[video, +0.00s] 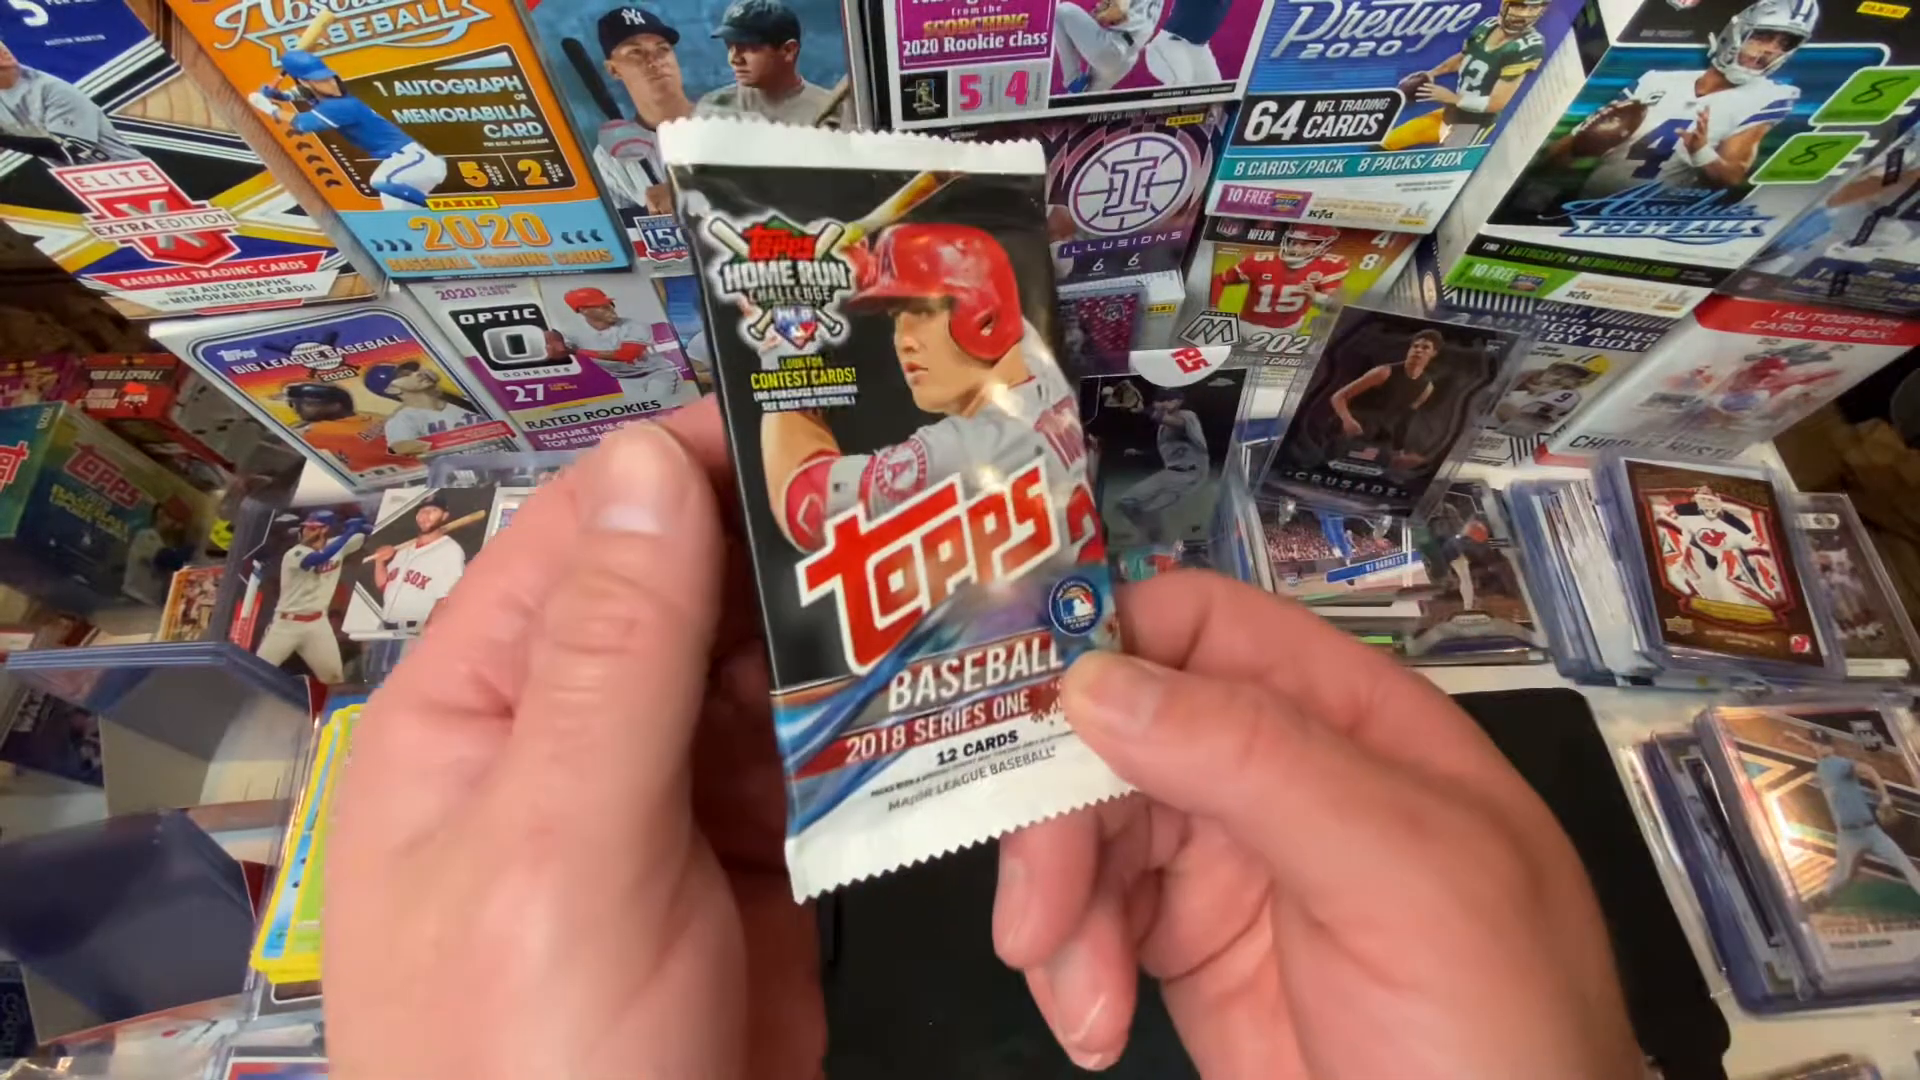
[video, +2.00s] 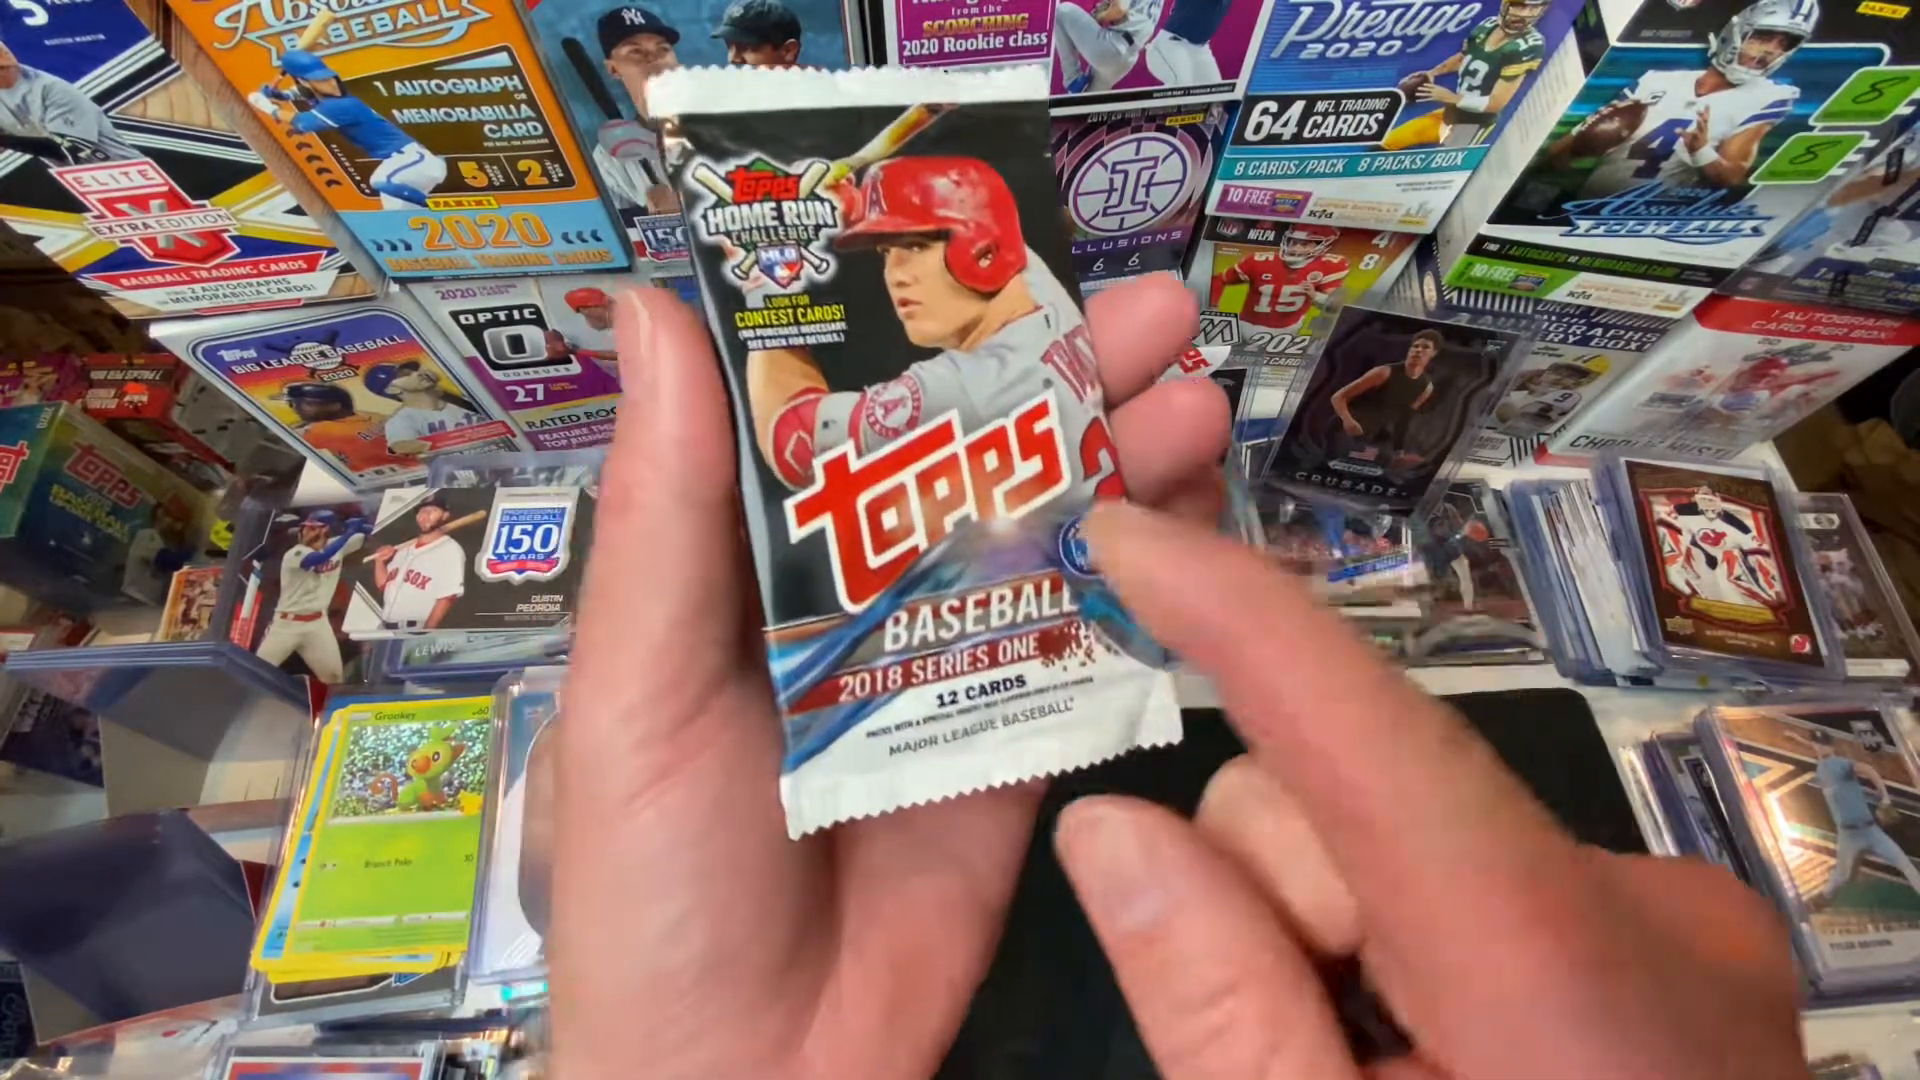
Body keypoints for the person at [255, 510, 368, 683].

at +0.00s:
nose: (304, 531)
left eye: (310, 528)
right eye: (304, 527)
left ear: (324, 531)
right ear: (303, 530)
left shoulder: (336, 549)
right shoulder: (294, 554)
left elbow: (366, 533)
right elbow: (318, 560)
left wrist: (357, 524)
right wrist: (347, 535)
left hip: (317, 625)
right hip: (285, 624)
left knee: (334, 679)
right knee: (259, 671)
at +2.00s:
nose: (304, 531)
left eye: (311, 528)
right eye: (304, 527)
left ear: (324, 531)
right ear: (303, 530)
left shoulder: (337, 548)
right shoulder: (294, 554)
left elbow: (366, 534)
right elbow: (318, 559)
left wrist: (359, 525)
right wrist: (346, 537)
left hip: (317, 625)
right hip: (285, 624)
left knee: (334, 677)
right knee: (258, 670)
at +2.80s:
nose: (302, 531)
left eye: (309, 527)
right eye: (303, 527)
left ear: (324, 530)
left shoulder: (337, 549)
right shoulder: (294, 554)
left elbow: (367, 532)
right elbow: (318, 559)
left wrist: (355, 524)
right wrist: (347, 536)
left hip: (317, 625)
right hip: (285, 624)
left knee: (334, 678)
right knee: (258, 670)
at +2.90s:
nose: (302, 531)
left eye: (309, 527)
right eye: (303, 527)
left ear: (324, 530)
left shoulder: (337, 549)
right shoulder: (294, 554)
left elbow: (367, 531)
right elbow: (318, 560)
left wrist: (355, 524)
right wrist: (347, 536)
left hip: (317, 625)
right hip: (285, 624)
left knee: (334, 678)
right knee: (259, 670)